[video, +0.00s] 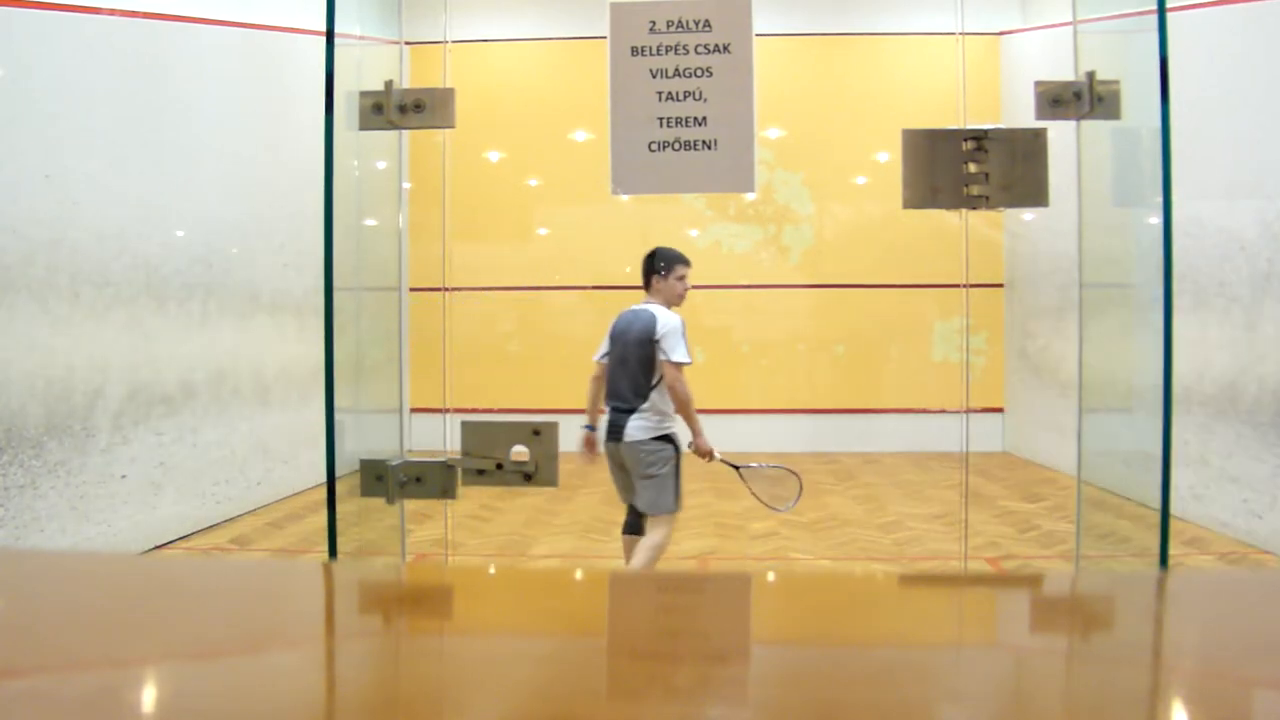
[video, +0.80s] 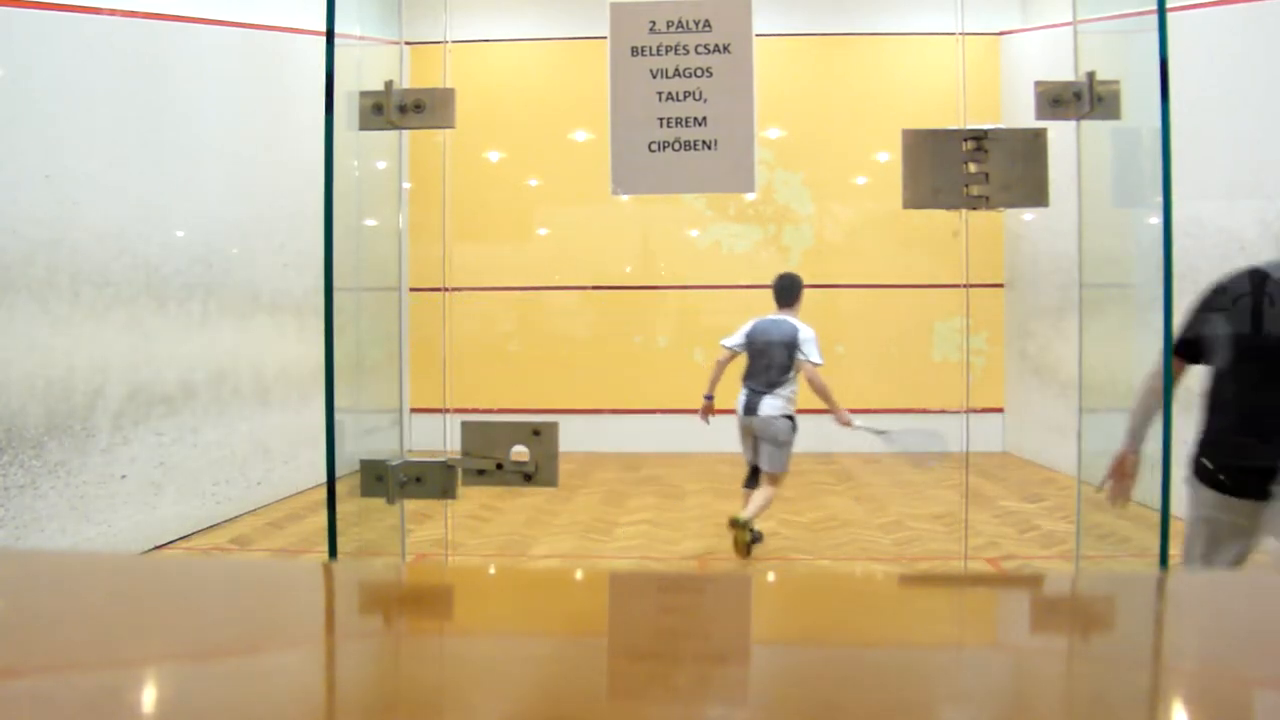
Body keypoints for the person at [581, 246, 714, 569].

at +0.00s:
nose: (687, 287)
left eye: (687, 280)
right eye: (681, 279)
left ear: (657, 281)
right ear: (658, 279)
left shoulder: (622, 319)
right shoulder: (668, 321)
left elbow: (599, 375)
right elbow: (673, 381)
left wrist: (591, 425)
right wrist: (697, 434)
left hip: (615, 437)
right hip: (651, 438)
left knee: (636, 514)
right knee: (660, 526)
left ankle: (631, 586)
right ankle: (628, 590)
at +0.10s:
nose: (697, 282)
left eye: (697, 275)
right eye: (692, 274)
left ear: (667, 276)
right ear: (668, 275)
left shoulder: (636, 314)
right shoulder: (680, 316)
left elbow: (619, 370)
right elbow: (683, 375)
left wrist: (626, 409)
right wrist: (702, 428)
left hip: (628, 425)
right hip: (663, 426)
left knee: (639, 504)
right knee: (688, 505)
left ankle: (634, 580)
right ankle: (651, 567)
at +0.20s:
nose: (711, 283)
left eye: (711, 276)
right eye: (706, 276)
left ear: (681, 280)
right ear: (685, 278)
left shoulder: (649, 315)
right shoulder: (695, 317)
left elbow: (639, 375)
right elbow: (694, 373)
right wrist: (711, 426)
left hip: (638, 421)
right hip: (676, 422)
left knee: (641, 501)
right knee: (704, 493)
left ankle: (633, 577)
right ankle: (695, 567)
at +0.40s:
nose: (743, 299)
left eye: (742, 293)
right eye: (741, 293)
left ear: (710, 298)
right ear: (731, 297)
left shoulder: (688, 329)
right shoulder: (735, 334)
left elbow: (678, 378)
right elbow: (729, 383)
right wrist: (745, 433)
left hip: (674, 425)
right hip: (713, 427)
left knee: (664, 497)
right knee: (729, 491)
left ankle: (642, 557)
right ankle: (723, 555)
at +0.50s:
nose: (762, 302)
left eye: (761, 296)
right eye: (761, 297)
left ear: (729, 300)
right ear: (755, 300)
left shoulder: (708, 331)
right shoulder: (756, 337)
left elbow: (690, 378)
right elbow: (753, 384)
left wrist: (714, 399)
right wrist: (768, 435)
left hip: (694, 423)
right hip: (731, 425)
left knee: (692, 493)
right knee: (737, 492)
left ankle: (664, 530)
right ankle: (723, 555)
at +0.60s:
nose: (778, 297)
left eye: (774, 292)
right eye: (777, 293)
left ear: (748, 295)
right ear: (773, 296)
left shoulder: (725, 324)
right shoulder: (776, 332)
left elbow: (697, 369)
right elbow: (776, 379)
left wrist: (707, 402)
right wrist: (793, 424)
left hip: (711, 410)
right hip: (745, 414)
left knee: (716, 476)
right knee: (741, 489)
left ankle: (698, 528)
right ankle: (725, 552)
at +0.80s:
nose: (801, 299)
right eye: (802, 294)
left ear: (775, 297)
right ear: (800, 297)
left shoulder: (755, 326)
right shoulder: (803, 332)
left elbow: (722, 360)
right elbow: (812, 377)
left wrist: (708, 396)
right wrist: (837, 410)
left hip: (746, 408)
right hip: (776, 412)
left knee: (753, 471)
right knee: (771, 481)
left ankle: (747, 526)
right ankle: (744, 518)